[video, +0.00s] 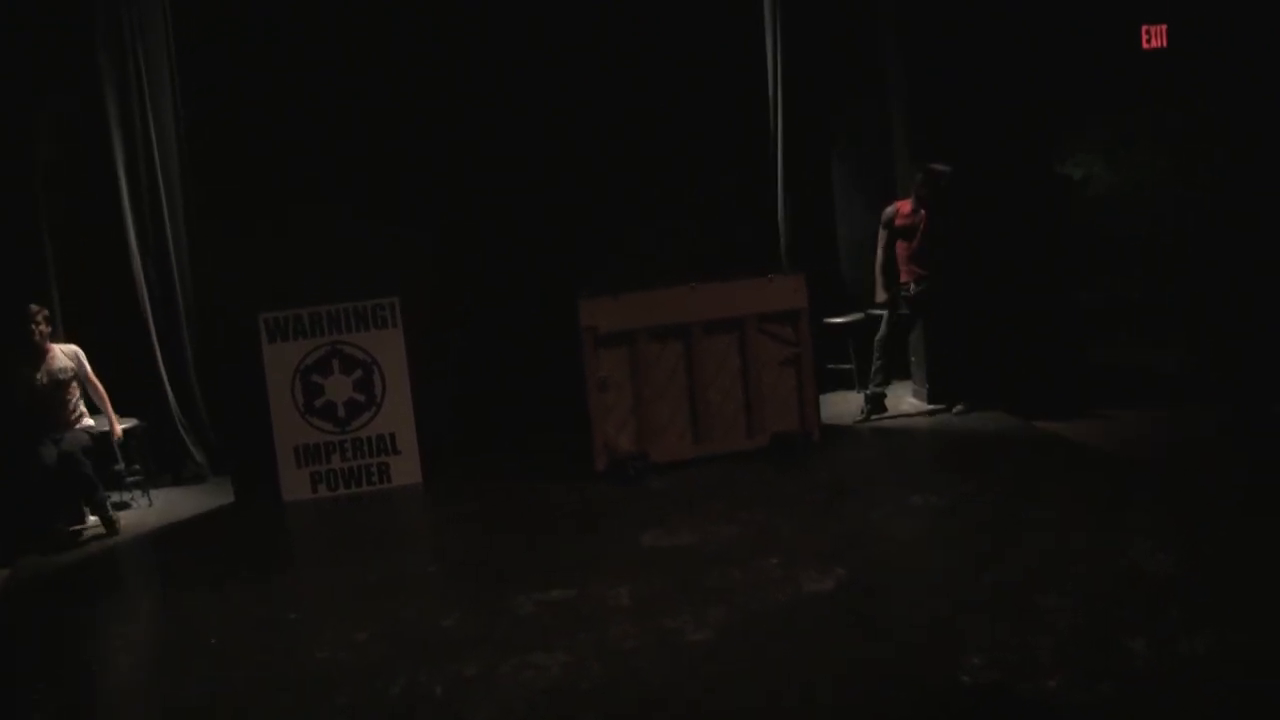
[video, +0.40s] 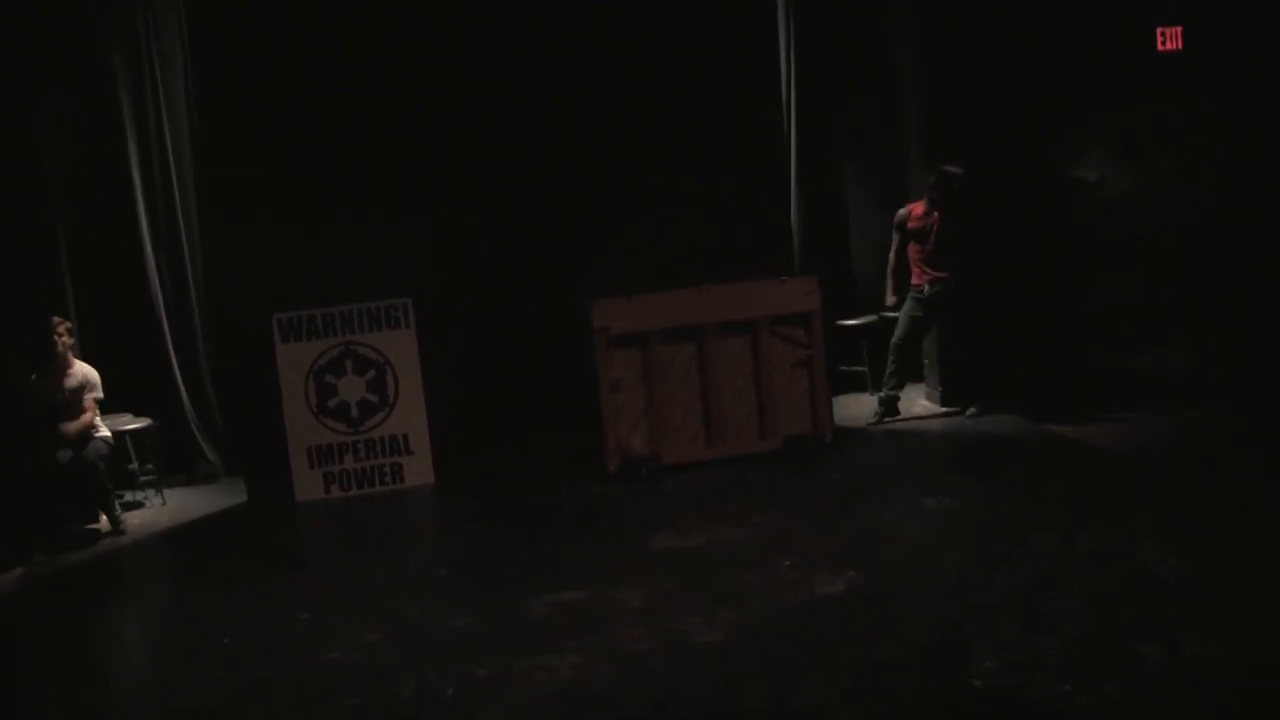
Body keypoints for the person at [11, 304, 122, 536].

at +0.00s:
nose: (34, 330)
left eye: (38, 324)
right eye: (29, 326)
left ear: (48, 326)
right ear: (24, 330)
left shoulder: (71, 353)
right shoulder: (23, 363)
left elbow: (94, 387)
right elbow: (19, 404)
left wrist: (113, 422)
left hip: (78, 426)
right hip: (46, 432)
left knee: (69, 452)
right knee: (44, 463)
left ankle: (103, 511)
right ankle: (59, 523)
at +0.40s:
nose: (55, 340)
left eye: (60, 335)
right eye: (51, 336)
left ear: (70, 340)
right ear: (46, 341)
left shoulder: (86, 373)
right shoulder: (41, 377)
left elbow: (90, 413)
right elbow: (39, 415)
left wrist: (71, 428)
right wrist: (54, 431)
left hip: (89, 431)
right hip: (59, 436)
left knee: (90, 461)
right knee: (56, 466)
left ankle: (112, 513)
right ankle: (66, 522)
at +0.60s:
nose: (74, 351)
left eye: (79, 345)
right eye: (70, 346)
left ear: (88, 350)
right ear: (63, 351)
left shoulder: (104, 388)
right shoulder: (51, 387)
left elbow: (104, 431)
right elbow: (50, 425)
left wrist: (88, 454)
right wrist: (52, 454)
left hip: (101, 439)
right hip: (67, 440)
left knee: (99, 474)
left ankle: (112, 514)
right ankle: (68, 524)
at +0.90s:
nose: (90, 344)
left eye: (95, 337)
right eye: (86, 338)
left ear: (104, 340)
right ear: (79, 341)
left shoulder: (122, 368)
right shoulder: (69, 373)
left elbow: (133, 404)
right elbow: (61, 409)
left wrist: (132, 435)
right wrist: (70, 433)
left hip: (115, 426)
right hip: (83, 429)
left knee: (120, 468)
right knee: (90, 474)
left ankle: (130, 510)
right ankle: (97, 521)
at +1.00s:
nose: (88, 297)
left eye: (91, 290)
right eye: (83, 291)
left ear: (100, 294)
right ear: (76, 297)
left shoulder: (121, 327)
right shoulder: (66, 331)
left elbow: (131, 366)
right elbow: (55, 373)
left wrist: (132, 399)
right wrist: (71, 397)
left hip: (116, 405)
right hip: (84, 408)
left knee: (121, 460)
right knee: (92, 465)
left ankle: (134, 511)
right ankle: (100, 521)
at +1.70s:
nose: (73, 298)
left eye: (78, 292)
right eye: (68, 294)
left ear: (89, 298)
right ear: (60, 301)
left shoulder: (116, 335)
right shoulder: (50, 345)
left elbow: (136, 376)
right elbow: (47, 392)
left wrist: (138, 418)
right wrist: (52, 429)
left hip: (112, 431)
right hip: (72, 434)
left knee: (115, 495)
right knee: (82, 501)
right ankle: (99, 564)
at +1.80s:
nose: (73, 298)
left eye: (78, 292)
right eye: (67, 293)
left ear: (89, 297)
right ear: (60, 301)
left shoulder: (118, 336)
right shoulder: (49, 350)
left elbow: (135, 378)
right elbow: (50, 400)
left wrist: (137, 415)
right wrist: (54, 443)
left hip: (116, 431)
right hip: (75, 437)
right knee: (85, 507)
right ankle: (103, 566)